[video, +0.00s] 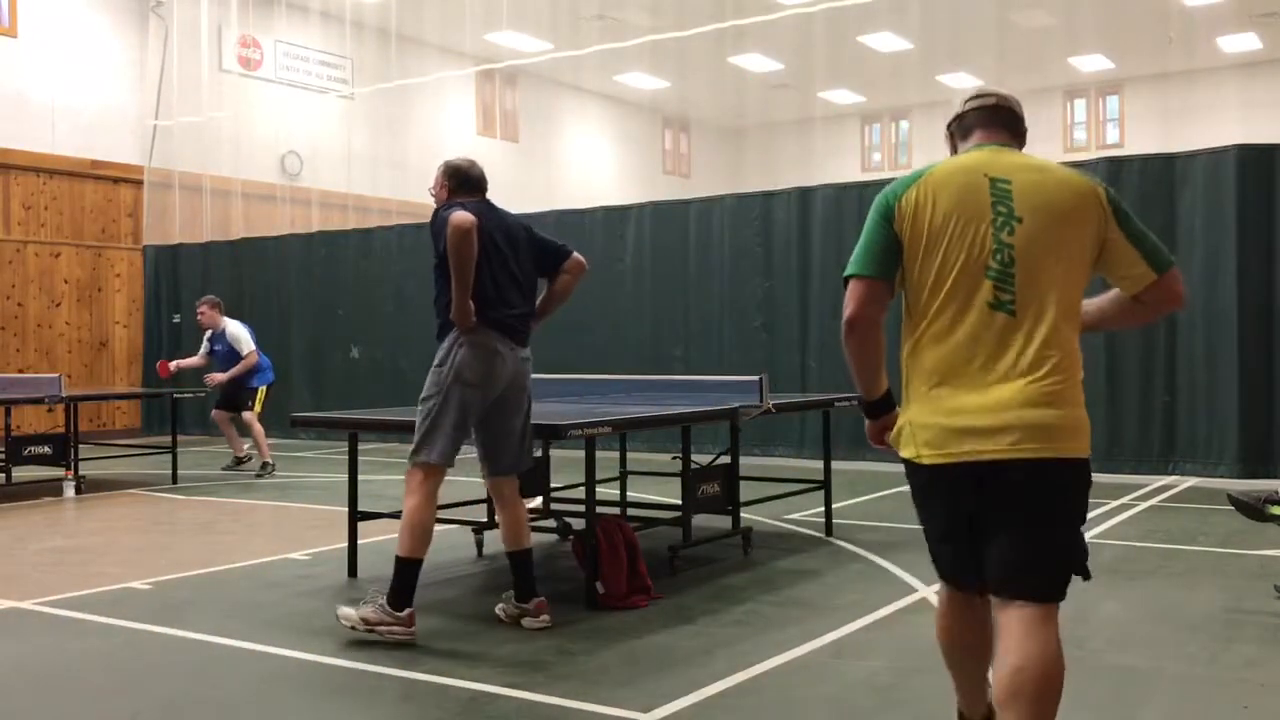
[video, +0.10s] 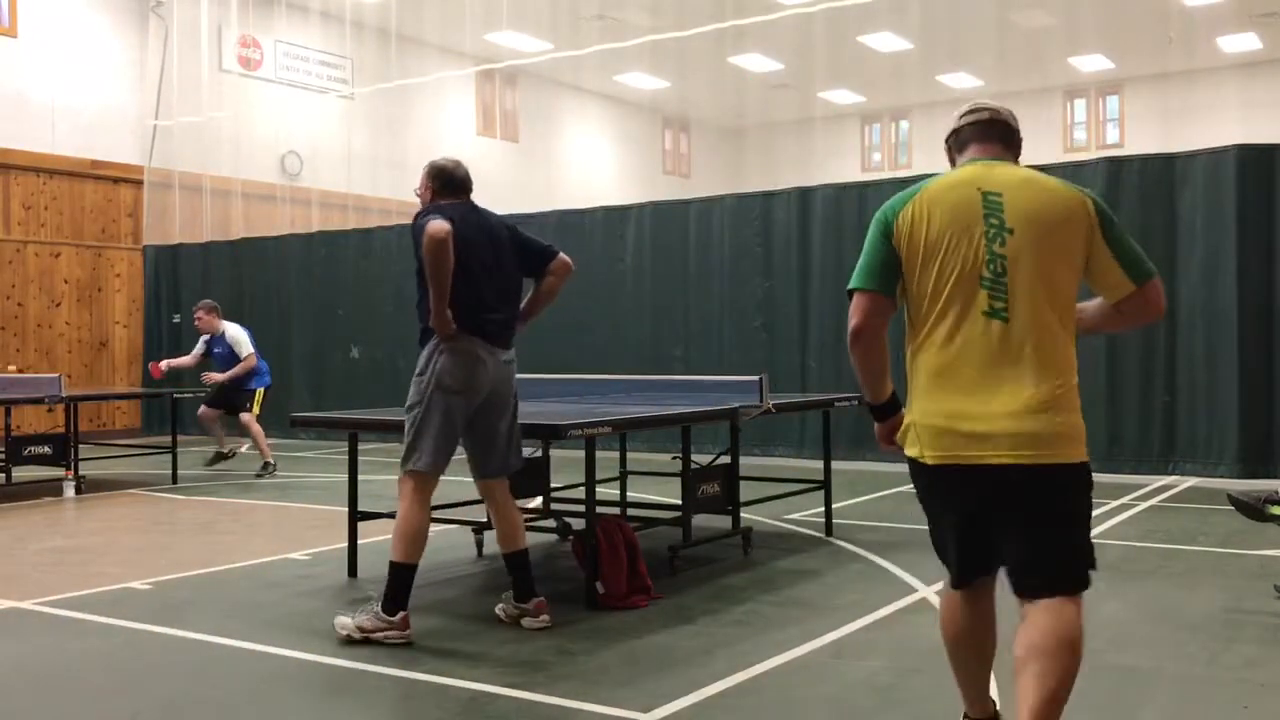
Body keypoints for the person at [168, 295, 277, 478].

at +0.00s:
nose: (198, 318)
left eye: (202, 313)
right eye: (198, 314)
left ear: (215, 312)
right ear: (209, 314)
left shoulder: (235, 329)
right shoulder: (210, 335)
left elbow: (252, 358)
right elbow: (202, 359)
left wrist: (224, 376)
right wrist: (178, 364)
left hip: (257, 376)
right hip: (235, 377)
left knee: (248, 416)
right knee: (219, 415)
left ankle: (267, 461)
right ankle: (240, 455)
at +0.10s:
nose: (196, 324)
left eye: (199, 319)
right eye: (195, 320)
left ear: (213, 316)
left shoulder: (235, 332)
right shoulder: (207, 338)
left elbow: (251, 361)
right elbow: (192, 360)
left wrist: (223, 376)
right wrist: (169, 363)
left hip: (255, 381)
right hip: (232, 381)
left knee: (247, 418)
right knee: (205, 413)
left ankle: (269, 461)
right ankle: (222, 450)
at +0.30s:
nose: (181, 338)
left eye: (184, 334)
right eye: (180, 335)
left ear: (197, 330)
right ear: (191, 332)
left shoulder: (219, 342)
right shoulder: (190, 343)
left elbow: (243, 367)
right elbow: (164, 349)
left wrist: (229, 386)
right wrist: (143, 357)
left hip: (242, 389)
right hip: (219, 389)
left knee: (239, 421)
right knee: (184, 418)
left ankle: (268, 462)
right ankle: (172, 459)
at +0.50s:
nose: (163, 344)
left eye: (166, 341)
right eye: (162, 341)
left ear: (179, 340)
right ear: (168, 341)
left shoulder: (199, 351)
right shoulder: (165, 349)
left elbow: (225, 374)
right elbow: (134, 350)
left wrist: (229, 393)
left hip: (216, 398)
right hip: (190, 400)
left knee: (230, 423)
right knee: (161, 418)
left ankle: (264, 461)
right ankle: (164, 461)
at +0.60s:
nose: (158, 344)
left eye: (161, 341)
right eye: (157, 341)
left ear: (174, 341)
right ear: (165, 341)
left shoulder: (195, 352)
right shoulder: (161, 352)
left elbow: (226, 373)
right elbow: (128, 352)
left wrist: (236, 396)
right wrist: (113, 332)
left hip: (215, 397)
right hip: (188, 399)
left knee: (229, 424)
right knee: (159, 417)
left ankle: (264, 461)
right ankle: (164, 462)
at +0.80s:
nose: (167, 332)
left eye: (170, 327)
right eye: (167, 328)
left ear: (183, 327)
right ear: (177, 328)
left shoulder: (205, 344)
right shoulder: (175, 348)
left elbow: (231, 368)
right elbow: (157, 362)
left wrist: (235, 397)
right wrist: (133, 354)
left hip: (218, 401)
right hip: (194, 401)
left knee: (235, 425)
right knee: (166, 415)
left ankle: (268, 461)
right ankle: (164, 461)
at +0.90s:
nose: (169, 322)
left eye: (173, 318)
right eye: (169, 318)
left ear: (187, 319)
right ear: (183, 321)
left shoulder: (208, 337)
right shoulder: (183, 342)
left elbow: (231, 363)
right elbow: (180, 364)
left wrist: (221, 391)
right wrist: (154, 367)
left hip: (230, 389)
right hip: (206, 390)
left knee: (237, 422)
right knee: (173, 413)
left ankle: (269, 461)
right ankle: (169, 459)